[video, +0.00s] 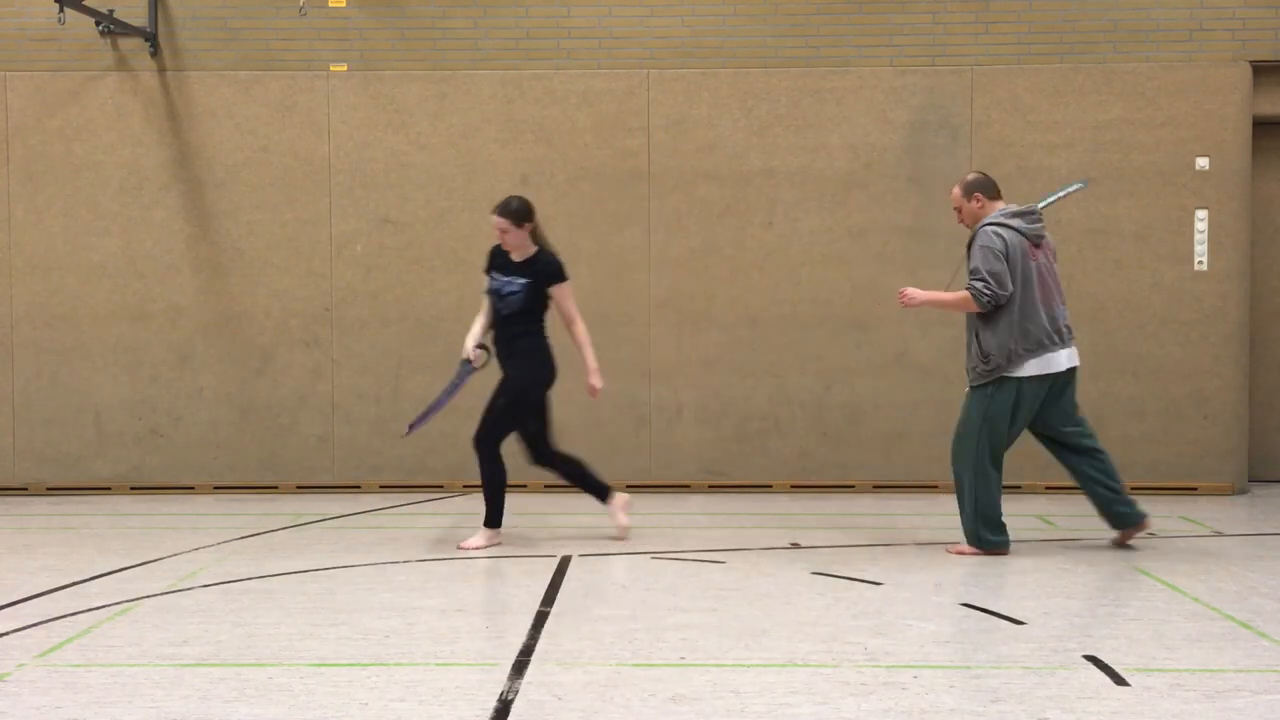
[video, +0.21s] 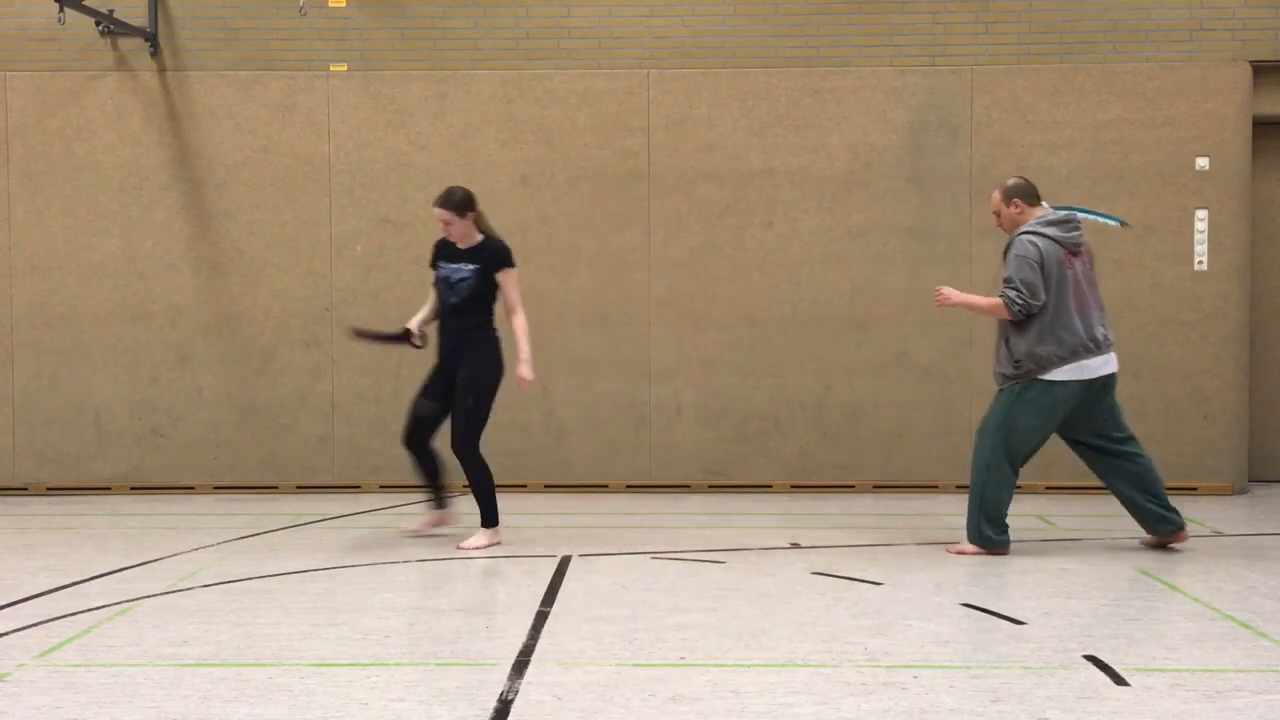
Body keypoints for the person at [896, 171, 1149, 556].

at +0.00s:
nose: (957, 218)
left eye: (958, 209)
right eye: (955, 210)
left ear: (977, 201)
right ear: (988, 199)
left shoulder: (989, 235)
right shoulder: (1030, 229)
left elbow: (986, 296)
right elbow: (1041, 287)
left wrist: (927, 297)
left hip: (1013, 368)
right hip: (1057, 360)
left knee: (972, 448)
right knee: (1070, 437)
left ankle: (987, 539)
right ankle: (1128, 517)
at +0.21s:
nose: (997, 223)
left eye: (998, 215)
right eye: (995, 216)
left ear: (1017, 207)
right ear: (1028, 206)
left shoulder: (1027, 243)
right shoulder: (1071, 235)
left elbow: (1018, 305)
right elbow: (1076, 295)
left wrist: (962, 299)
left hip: (1050, 372)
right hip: (1095, 366)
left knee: (995, 443)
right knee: (1114, 446)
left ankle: (988, 538)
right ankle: (1166, 524)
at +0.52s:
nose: (1042, 211)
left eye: (1044, 203)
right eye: (1040, 204)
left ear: (1065, 198)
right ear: (1073, 197)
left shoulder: (1071, 235)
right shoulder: (1115, 229)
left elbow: (1061, 294)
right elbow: (1118, 285)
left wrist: (1010, 280)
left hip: (1092, 369)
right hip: (1135, 363)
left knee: (1047, 442)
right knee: (1136, 446)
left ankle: (1022, 537)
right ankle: (1173, 534)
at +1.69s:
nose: (1029, 209)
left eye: (1034, 202)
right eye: (1029, 202)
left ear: (1057, 200)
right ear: (1064, 201)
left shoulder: (1056, 243)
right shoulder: (1094, 235)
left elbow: (1005, 281)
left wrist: (1006, 241)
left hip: (1065, 373)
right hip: (1107, 368)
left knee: (1004, 435)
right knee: (1122, 446)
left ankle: (1009, 535)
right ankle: (1171, 531)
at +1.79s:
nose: (1011, 206)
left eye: (1016, 198)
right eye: (1011, 199)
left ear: (1040, 200)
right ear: (1048, 200)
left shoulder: (1037, 244)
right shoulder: (1074, 232)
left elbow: (988, 284)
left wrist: (985, 246)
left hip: (1042, 373)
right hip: (1084, 369)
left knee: (987, 440)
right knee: (1101, 445)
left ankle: (1005, 535)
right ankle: (1162, 520)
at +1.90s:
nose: (992, 201)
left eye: (997, 193)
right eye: (992, 193)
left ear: (1021, 195)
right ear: (1031, 194)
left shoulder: (1018, 238)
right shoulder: (1054, 229)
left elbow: (971, 279)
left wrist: (967, 243)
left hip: (1020, 371)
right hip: (1061, 368)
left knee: (979, 442)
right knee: (1059, 435)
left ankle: (1003, 536)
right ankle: (1132, 508)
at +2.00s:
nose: (970, 195)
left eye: (975, 187)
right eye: (970, 187)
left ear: (999, 189)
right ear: (1002, 190)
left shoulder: (1004, 233)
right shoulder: (1020, 225)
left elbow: (956, 271)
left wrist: (948, 234)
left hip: (1000, 367)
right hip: (1022, 364)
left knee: (976, 446)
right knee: (1002, 439)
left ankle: (1003, 536)